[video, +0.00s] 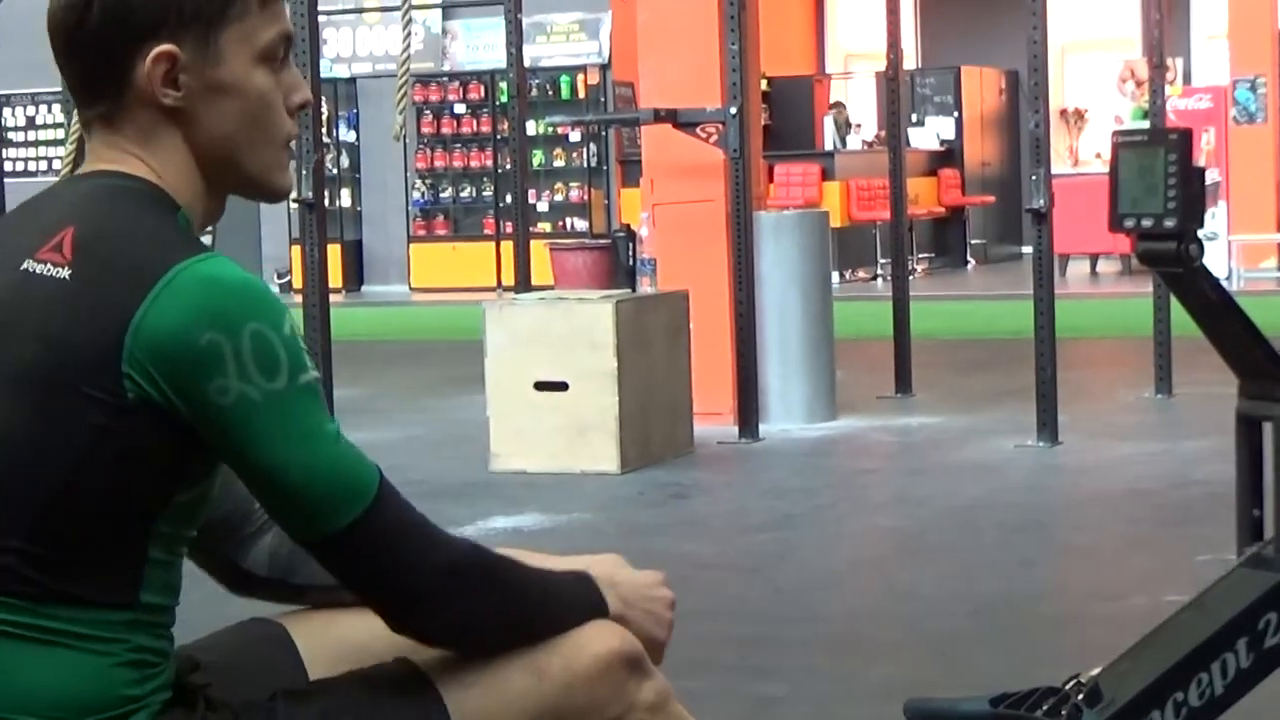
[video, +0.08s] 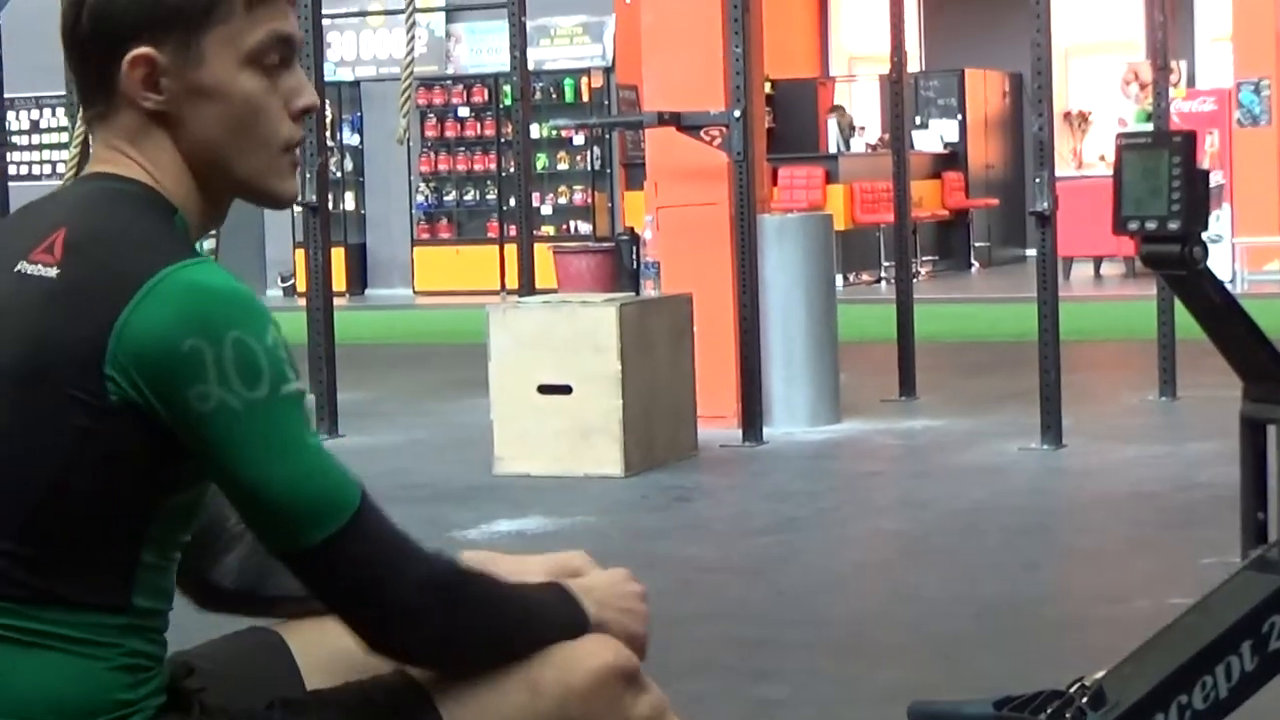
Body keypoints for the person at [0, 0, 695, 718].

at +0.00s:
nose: (303, 93)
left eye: (293, 59)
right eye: (276, 59)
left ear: (164, 85)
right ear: (169, 80)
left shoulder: (44, 234)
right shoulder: (198, 295)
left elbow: (256, 555)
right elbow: (428, 585)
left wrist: (517, 576)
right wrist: (600, 592)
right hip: (124, 703)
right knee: (602, 665)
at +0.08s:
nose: (309, 97)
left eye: (297, 62)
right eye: (272, 62)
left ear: (146, 89)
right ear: (150, 81)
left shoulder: (49, 238)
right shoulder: (187, 302)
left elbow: (225, 563)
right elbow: (411, 609)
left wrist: (465, 576)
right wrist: (579, 606)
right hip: (117, 711)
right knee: (592, 678)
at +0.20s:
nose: (299, 112)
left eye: (300, 76)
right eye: (253, 73)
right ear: (131, 88)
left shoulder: (71, 246)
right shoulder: (164, 305)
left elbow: (161, 585)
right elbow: (345, 664)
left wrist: (374, 588)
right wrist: (515, 621)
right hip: (110, 711)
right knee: (585, 687)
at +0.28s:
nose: (299, 119)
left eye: (307, 85)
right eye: (250, 82)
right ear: (138, 95)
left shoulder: (83, 247)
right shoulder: (155, 301)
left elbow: (104, 575)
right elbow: (281, 673)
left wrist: (308, 601)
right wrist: (459, 640)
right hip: (99, 703)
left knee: (410, 590)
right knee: (593, 692)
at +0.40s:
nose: (297, 128)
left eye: (312, 94)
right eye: (249, 90)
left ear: (331, 105)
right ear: (144, 104)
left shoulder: (91, 252)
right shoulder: (150, 300)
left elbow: (51, 566)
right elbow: (170, 659)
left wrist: (219, 616)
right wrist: (336, 687)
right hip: (87, 702)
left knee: (461, 646)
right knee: (604, 700)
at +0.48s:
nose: (296, 131)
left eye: (313, 97)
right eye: (249, 92)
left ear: (332, 109)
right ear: (146, 105)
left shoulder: (109, 254)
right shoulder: (148, 296)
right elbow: (119, 625)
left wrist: (217, 626)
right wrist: (264, 701)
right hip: (79, 701)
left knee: (468, 647)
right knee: (611, 702)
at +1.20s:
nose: (322, 163)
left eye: (343, 121)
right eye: (273, 123)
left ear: (367, 128)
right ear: (179, 133)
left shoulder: (130, 268)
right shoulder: (190, 331)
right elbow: (183, 682)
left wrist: (237, 691)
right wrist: (269, 703)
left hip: (85, 691)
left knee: (553, 654)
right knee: (695, 708)